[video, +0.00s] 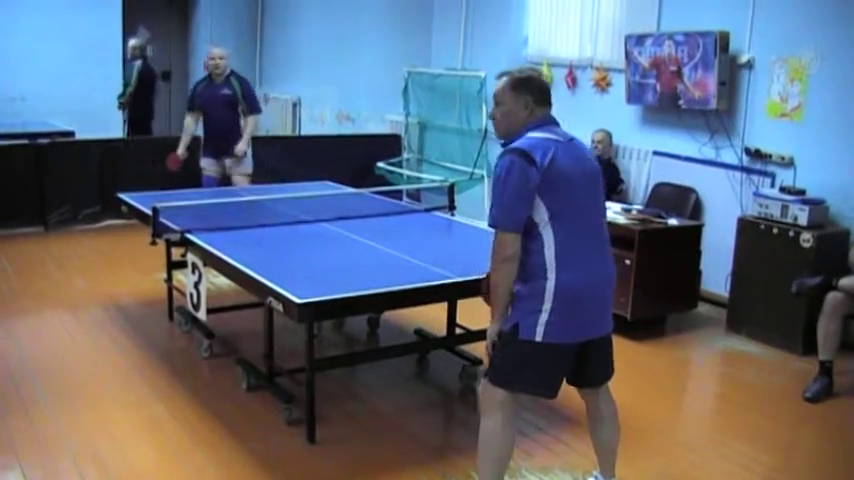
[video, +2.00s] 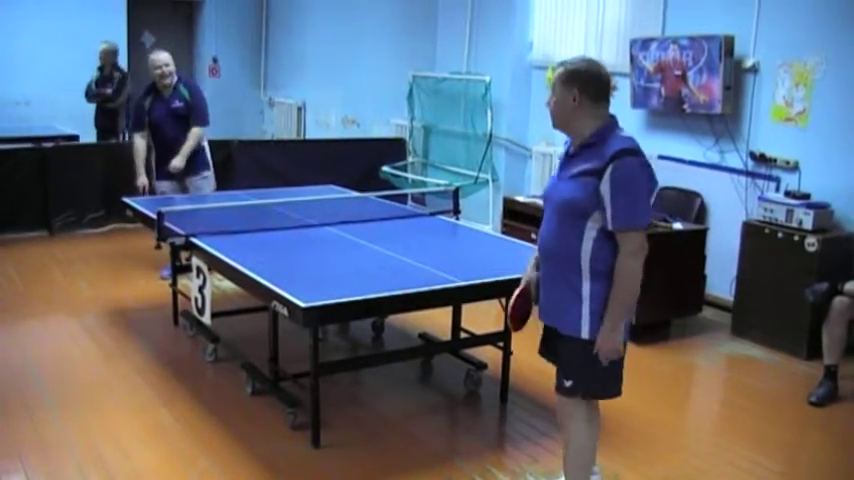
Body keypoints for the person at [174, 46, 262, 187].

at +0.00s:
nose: (216, 63)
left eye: (220, 59)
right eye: (212, 59)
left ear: (227, 61)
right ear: (207, 62)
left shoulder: (239, 84)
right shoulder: (200, 87)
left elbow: (251, 114)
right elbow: (191, 117)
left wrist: (244, 142)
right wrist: (182, 148)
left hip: (236, 149)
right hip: (210, 149)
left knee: (242, 194)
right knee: (209, 196)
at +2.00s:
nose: (164, 71)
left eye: (167, 65)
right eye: (158, 68)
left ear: (174, 65)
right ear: (151, 72)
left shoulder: (190, 90)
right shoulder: (144, 100)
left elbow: (198, 127)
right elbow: (139, 136)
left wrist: (182, 156)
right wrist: (141, 172)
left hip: (195, 166)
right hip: (163, 170)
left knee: (203, 215)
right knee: (170, 219)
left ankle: (207, 261)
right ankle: (176, 260)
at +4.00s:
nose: (238, 87)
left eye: (241, 82)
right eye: (233, 83)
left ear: (246, 82)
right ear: (224, 83)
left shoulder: (254, 103)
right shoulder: (210, 103)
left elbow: (266, 137)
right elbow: (202, 134)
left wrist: (266, 169)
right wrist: (214, 152)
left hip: (243, 167)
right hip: (210, 167)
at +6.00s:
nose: (330, 90)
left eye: (332, 87)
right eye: (332, 87)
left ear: (317, 74)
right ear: (330, 82)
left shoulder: (295, 86)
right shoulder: (320, 93)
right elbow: (325, 128)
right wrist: (332, 160)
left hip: (279, 146)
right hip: (300, 148)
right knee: (304, 196)